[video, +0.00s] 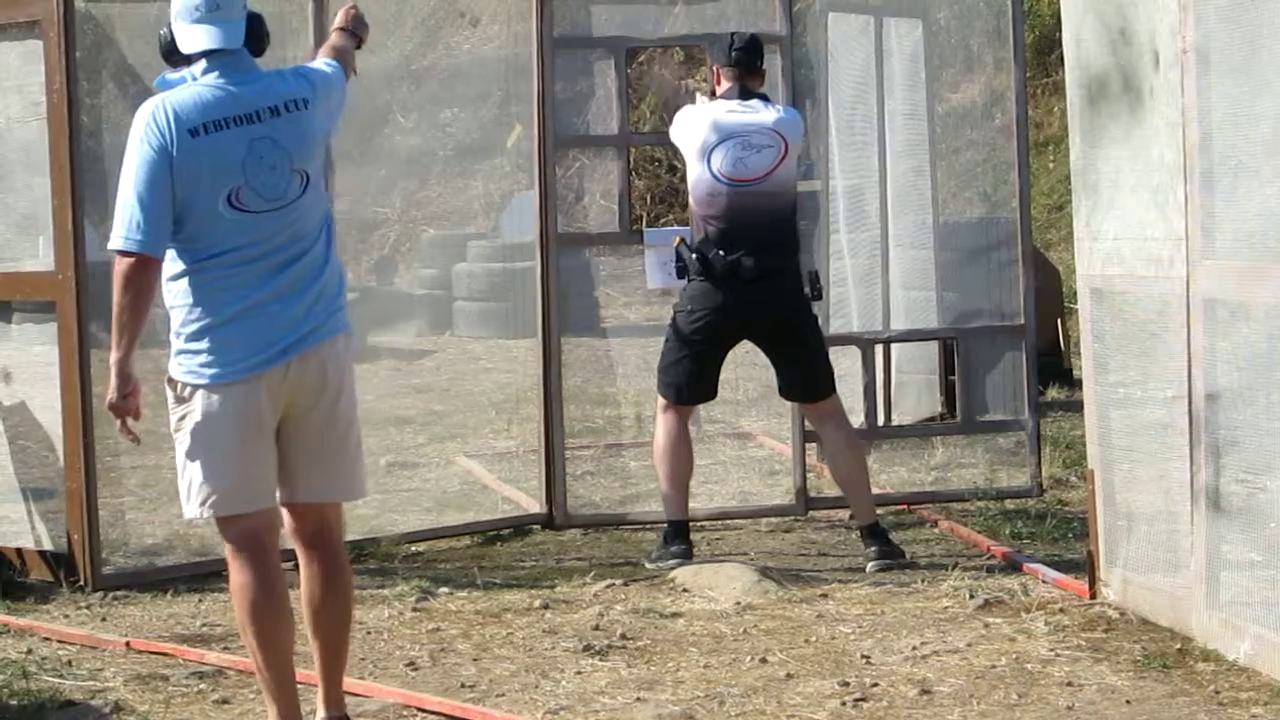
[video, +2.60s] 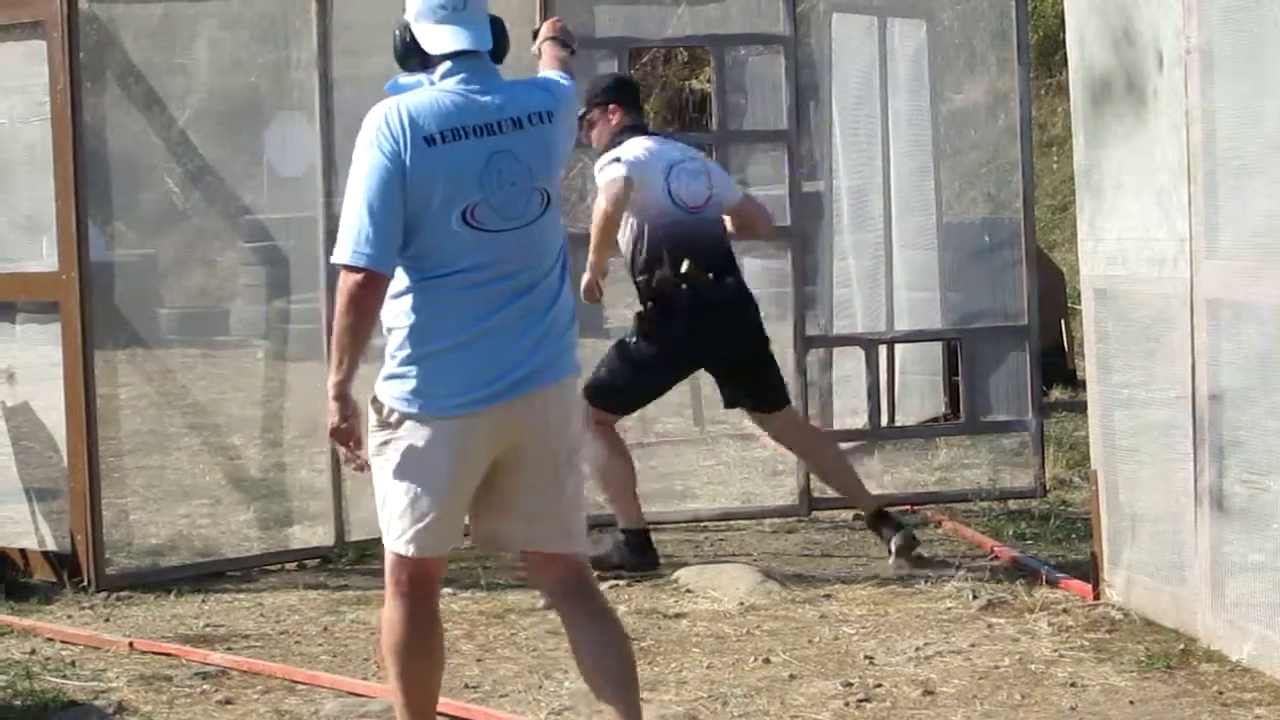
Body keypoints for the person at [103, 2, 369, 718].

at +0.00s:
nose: (176, 64)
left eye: (174, 52)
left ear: (176, 52)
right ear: (251, 39)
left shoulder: (162, 119)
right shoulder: (305, 91)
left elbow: (137, 260)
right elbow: (336, 59)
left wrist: (120, 363)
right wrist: (348, 29)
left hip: (220, 362)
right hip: (320, 340)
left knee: (250, 547)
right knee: (320, 534)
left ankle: (286, 709)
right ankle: (333, 705)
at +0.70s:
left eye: (212, 44)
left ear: (212, 48)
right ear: (288, 38)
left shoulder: (196, 119)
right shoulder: (339, 97)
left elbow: (173, 260)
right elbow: (366, 63)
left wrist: (154, 367)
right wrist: (375, 30)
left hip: (250, 372)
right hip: (351, 353)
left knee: (257, 552)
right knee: (389, 529)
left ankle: (286, 709)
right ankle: (452, 691)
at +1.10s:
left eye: (303, 50)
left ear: (303, 53)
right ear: (383, 42)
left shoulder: (294, 125)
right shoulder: (433, 99)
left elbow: (272, 270)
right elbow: (442, 61)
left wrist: (253, 377)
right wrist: (444, 29)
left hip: (330, 367)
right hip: (434, 356)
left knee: (296, 550)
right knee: (443, 546)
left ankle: (290, 709)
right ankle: (472, 710)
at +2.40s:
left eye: (368, 42)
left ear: (370, 46)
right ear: (452, 36)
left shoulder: (348, 118)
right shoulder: (508, 99)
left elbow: (312, 270)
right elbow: (542, 65)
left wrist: (291, 380)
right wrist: (555, 29)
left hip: (393, 386)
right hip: (504, 370)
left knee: (395, 581)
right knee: (510, 552)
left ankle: (412, 714)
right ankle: (559, 709)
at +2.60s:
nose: (403, 66)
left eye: (405, 52)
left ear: (413, 52)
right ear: (496, 46)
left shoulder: (395, 122)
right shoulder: (548, 102)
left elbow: (364, 275)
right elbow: (558, 73)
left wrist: (340, 388)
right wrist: (553, 38)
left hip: (435, 394)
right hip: (546, 379)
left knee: (412, 586)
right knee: (567, 578)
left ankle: (416, 713)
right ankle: (629, 713)